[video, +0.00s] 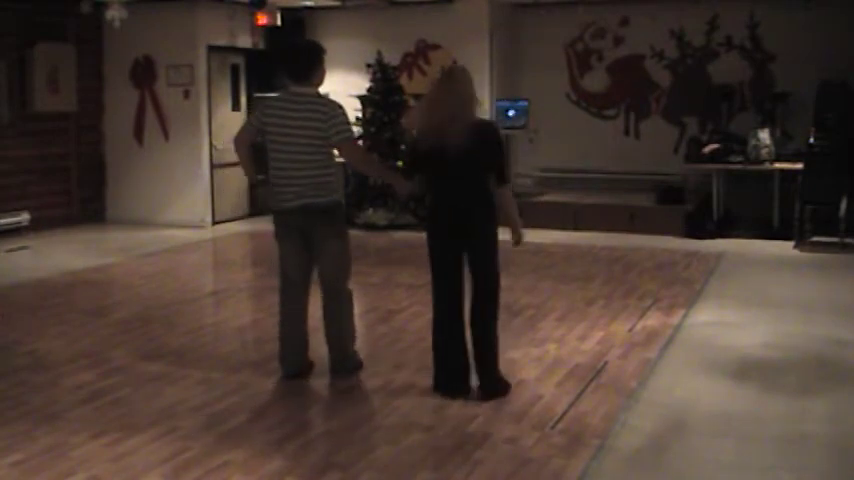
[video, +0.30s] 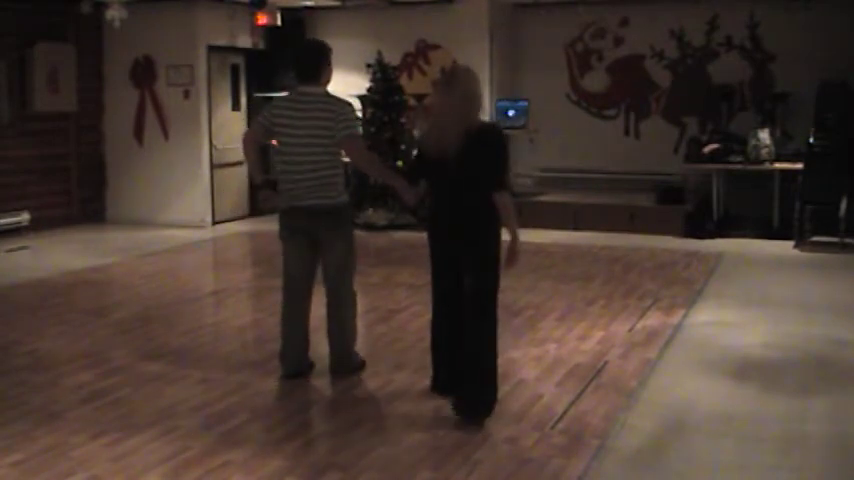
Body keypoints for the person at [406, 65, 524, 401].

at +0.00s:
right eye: (470, 90)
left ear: (435, 96)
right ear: (471, 95)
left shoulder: (425, 136)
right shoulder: (486, 132)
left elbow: (411, 183)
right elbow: (501, 185)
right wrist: (515, 222)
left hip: (441, 227)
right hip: (480, 226)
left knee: (446, 300)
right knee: (486, 297)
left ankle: (449, 379)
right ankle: (489, 379)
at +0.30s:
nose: (436, 102)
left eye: (439, 95)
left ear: (441, 98)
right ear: (476, 97)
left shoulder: (433, 139)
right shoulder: (489, 136)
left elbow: (414, 190)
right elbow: (499, 191)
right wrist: (513, 234)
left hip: (443, 239)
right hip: (481, 239)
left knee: (447, 309)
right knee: (480, 316)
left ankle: (447, 379)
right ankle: (476, 401)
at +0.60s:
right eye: (484, 94)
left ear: (445, 97)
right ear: (483, 98)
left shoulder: (435, 138)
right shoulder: (494, 138)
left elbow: (413, 191)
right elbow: (503, 197)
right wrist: (516, 239)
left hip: (442, 242)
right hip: (480, 243)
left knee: (452, 317)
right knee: (480, 321)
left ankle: (452, 390)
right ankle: (478, 407)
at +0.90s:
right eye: (485, 93)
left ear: (445, 95)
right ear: (483, 97)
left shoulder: (432, 137)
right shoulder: (491, 138)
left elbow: (414, 188)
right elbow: (498, 196)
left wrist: (429, 220)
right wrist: (509, 240)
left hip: (437, 242)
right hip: (477, 242)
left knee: (440, 318)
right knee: (481, 318)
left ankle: (437, 402)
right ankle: (478, 404)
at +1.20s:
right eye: (482, 93)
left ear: (444, 96)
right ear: (482, 97)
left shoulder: (431, 138)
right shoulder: (491, 138)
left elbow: (418, 191)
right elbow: (499, 196)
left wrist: (430, 224)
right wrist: (508, 242)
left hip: (438, 242)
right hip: (479, 242)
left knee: (440, 321)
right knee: (482, 324)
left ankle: (436, 403)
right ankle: (481, 408)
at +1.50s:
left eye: (442, 90)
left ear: (443, 98)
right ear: (483, 97)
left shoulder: (431, 140)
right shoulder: (496, 137)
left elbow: (415, 193)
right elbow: (509, 195)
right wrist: (526, 235)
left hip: (441, 243)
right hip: (483, 243)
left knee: (444, 317)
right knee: (482, 320)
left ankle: (445, 399)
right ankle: (482, 409)